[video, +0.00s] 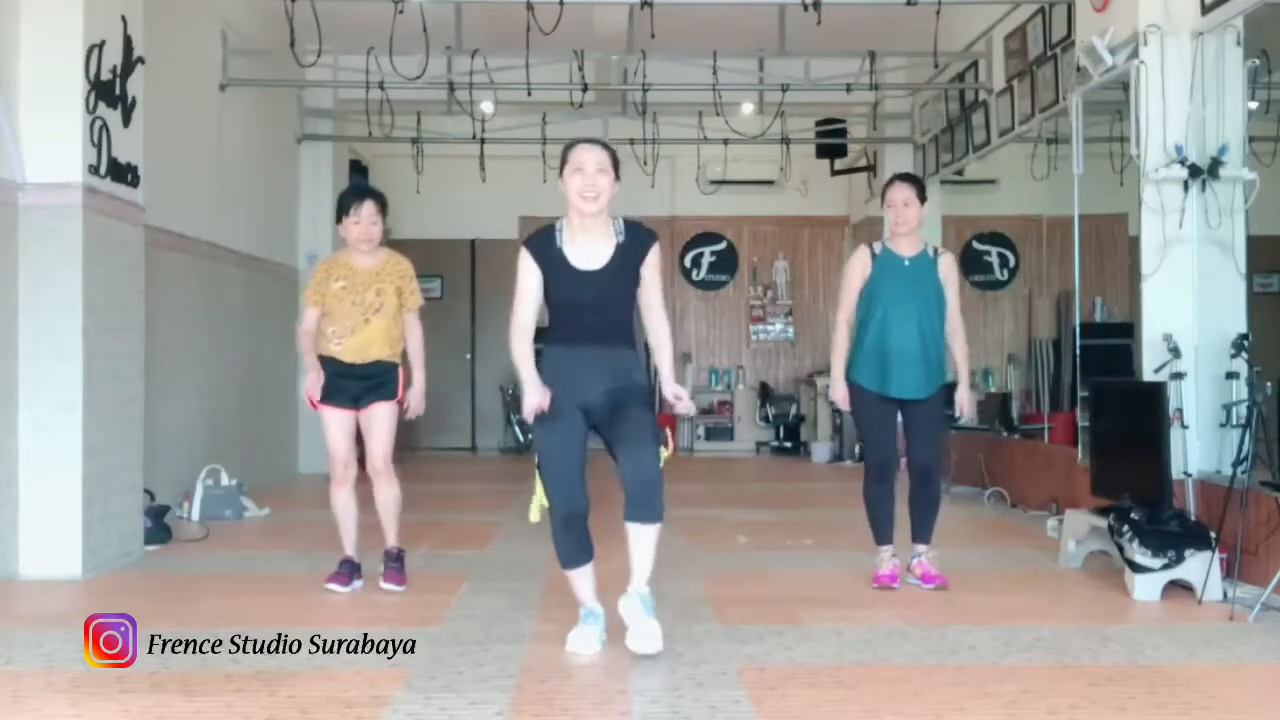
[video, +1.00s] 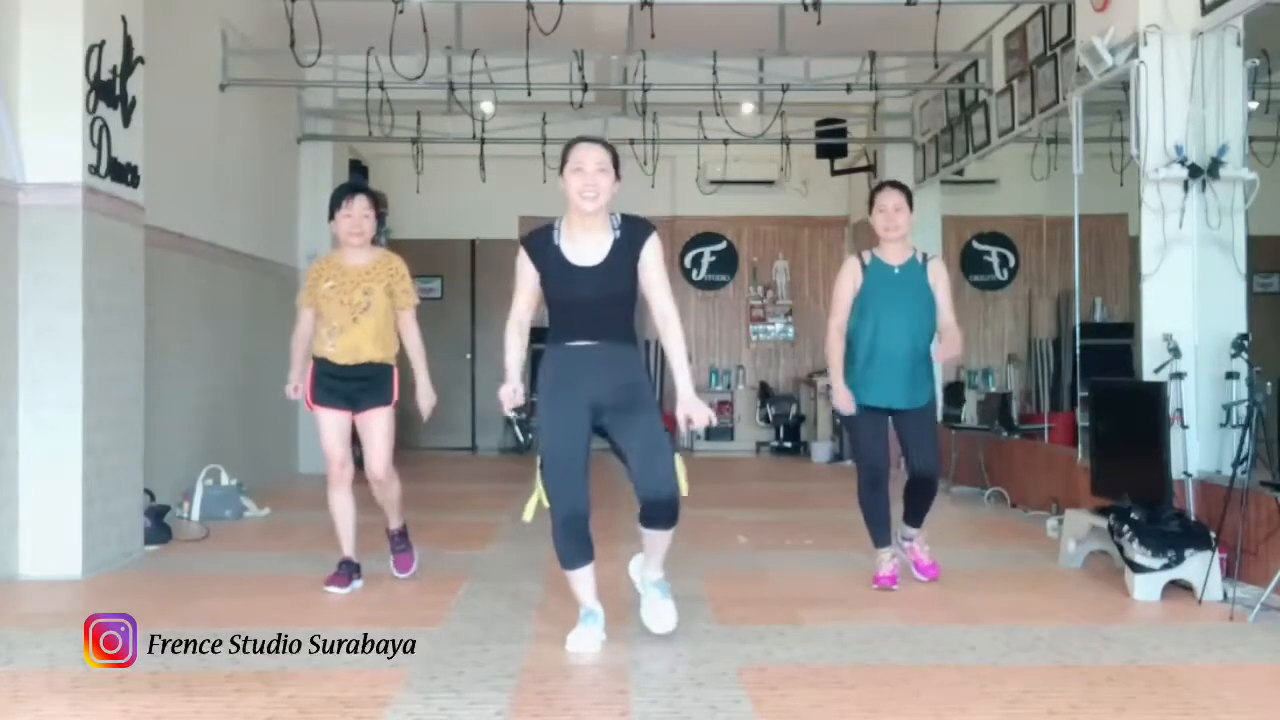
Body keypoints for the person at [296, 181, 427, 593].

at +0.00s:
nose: (367, 229)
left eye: (374, 221)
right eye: (357, 221)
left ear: (384, 225)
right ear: (341, 226)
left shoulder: (399, 268)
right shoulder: (327, 270)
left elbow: (413, 326)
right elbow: (307, 327)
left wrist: (418, 383)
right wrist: (312, 368)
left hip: (382, 372)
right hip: (335, 373)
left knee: (379, 466)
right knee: (341, 469)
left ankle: (393, 554)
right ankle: (349, 559)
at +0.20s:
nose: (362, 223)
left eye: (370, 215)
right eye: (352, 215)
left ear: (381, 220)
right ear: (338, 222)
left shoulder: (397, 264)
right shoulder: (324, 268)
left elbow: (414, 324)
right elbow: (307, 329)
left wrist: (425, 380)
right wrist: (295, 381)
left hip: (382, 373)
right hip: (332, 374)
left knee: (384, 469)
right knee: (342, 469)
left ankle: (411, 539)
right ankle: (349, 560)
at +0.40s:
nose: (355, 219)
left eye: (364, 211)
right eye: (347, 211)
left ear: (377, 219)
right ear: (334, 219)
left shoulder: (394, 262)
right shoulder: (322, 267)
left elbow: (414, 321)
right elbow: (310, 327)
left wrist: (415, 370)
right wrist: (299, 381)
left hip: (384, 370)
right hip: (335, 370)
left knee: (392, 468)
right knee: (343, 468)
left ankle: (413, 545)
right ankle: (349, 560)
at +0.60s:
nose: (355, 218)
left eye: (364, 211)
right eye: (347, 211)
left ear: (376, 219)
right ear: (333, 219)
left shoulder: (393, 260)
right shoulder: (322, 266)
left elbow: (415, 319)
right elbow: (310, 322)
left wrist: (385, 332)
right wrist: (303, 371)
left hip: (385, 371)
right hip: (337, 371)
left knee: (396, 469)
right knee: (344, 468)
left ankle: (409, 540)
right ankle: (350, 560)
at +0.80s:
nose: (356, 220)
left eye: (365, 212)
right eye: (347, 212)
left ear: (377, 220)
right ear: (335, 220)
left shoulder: (394, 264)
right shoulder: (324, 268)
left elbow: (410, 324)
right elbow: (312, 326)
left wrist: (389, 361)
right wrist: (298, 378)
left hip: (382, 370)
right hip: (334, 372)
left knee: (390, 467)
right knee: (341, 469)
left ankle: (411, 543)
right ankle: (349, 560)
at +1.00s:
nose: (356, 223)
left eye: (365, 215)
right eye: (347, 215)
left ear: (376, 222)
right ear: (333, 221)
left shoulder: (391, 266)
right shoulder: (320, 270)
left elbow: (408, 326)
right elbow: (305, 324)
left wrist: (423, 382)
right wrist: (297, 370)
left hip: (376, 373)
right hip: (327, 373)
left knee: (378, 470)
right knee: (338, 470)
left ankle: (397, 532)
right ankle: (348, 560)